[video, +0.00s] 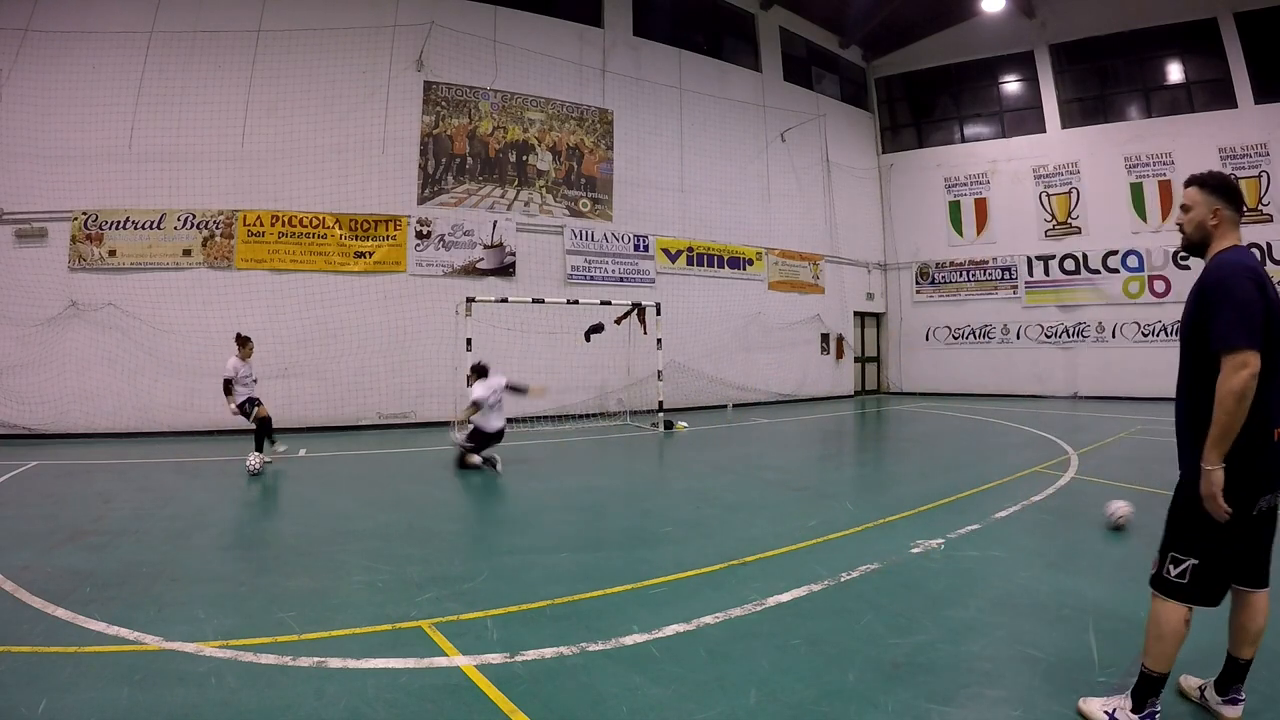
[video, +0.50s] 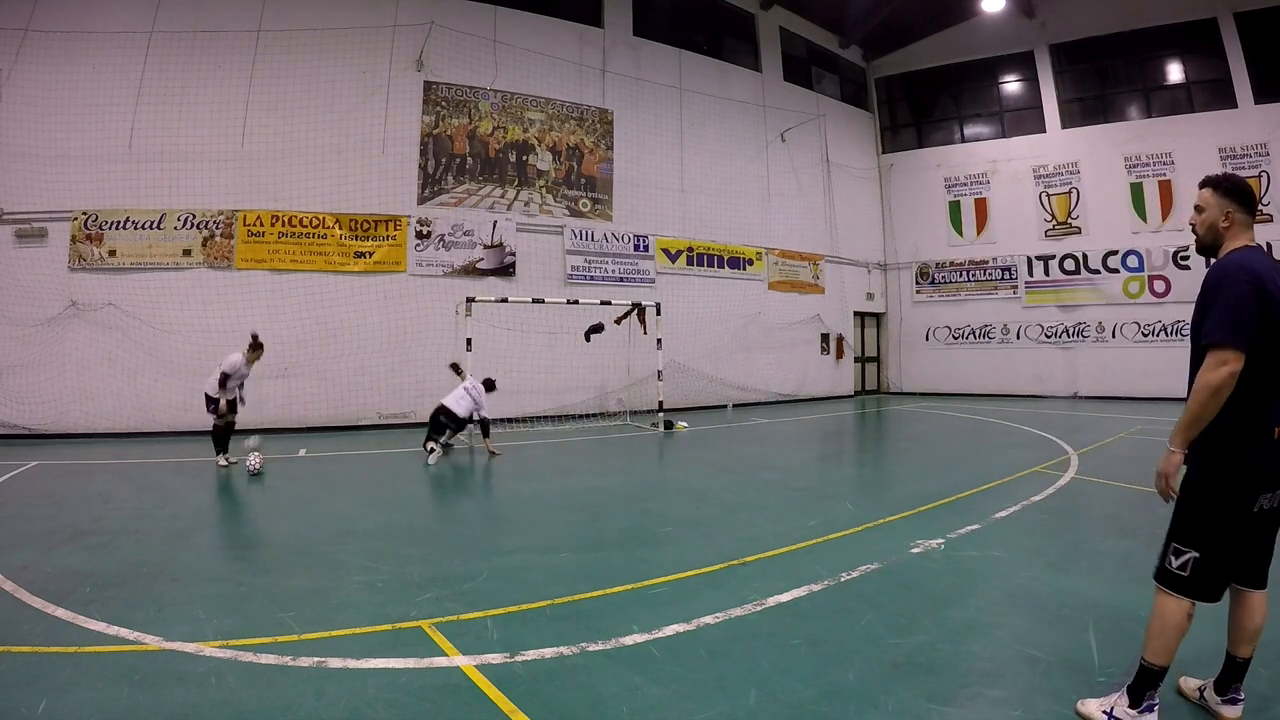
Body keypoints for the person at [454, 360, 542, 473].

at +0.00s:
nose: (470, 377)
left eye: (471, 375)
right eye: (470, 375)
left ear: (475, 376)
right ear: (485, 374)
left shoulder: (478, 387)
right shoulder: (496, 381)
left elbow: (477, 405)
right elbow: (513, 387)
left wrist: (463, 416)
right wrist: (531, 390)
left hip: (484, 433)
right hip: (499, 432)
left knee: (462, 460)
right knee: (468, 450)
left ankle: (485, 461)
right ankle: (489, 460)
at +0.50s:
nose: (490, 392)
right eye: (491, 390)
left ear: (482, 381)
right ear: (489, 390)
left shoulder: (469, 380)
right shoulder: (482, 400)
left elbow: (458, 370)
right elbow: (484, 423)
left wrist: (453, 365)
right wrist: (489, 447)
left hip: (442, 410)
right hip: (456, 420)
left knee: (430, 439)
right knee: (462, 424)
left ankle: (433, 450)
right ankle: (444, 441)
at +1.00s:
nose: (473, 334)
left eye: (476, 333)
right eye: (471, 331)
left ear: (479, 336)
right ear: (467, 333)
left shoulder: (481, 352)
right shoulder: (465, 347)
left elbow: (488, 373)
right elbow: (466, 367)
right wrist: (461, 380)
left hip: (476, 389)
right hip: (465, 387)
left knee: (462, 417)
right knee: (452, 414)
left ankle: (475, 450)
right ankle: (452, 446)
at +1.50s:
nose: (517, 331)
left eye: (519, 328)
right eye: (514, 328)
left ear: (522, 332)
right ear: (508, 332)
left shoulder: (528, 348)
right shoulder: (500, 348)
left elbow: (535, 367)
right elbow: (493, 367)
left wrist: (535, 383)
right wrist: (499, 382)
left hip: (526, 386)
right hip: (508, 387)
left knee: (530, 417)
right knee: (502, 418)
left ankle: (540, 442)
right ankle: (492, 444)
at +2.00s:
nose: (562, 341)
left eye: (564, 339)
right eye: (559, 339)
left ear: (567, 341)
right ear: (554, 342)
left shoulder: (574, 354)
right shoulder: (546, 355)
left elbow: (583, 370)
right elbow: (535, 367)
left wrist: (584, 389)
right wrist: (529, 385)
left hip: (572, 387)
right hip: (553, 387)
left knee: (577, 415)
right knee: (547, 416)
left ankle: (586, 442)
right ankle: (534, 444)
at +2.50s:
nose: (598, 334)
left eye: (600, 332)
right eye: (594, 332)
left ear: (603, 335)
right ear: (589, 337)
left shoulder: (608, 349)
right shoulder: (582, 351)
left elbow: (612, 367)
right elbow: (570, 372)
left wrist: (617, 383)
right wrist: (577, 376)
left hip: (604, 387)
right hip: (586, 389)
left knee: (609, 416)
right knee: (591, 419)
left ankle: (609, 437)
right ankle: (597, 437)